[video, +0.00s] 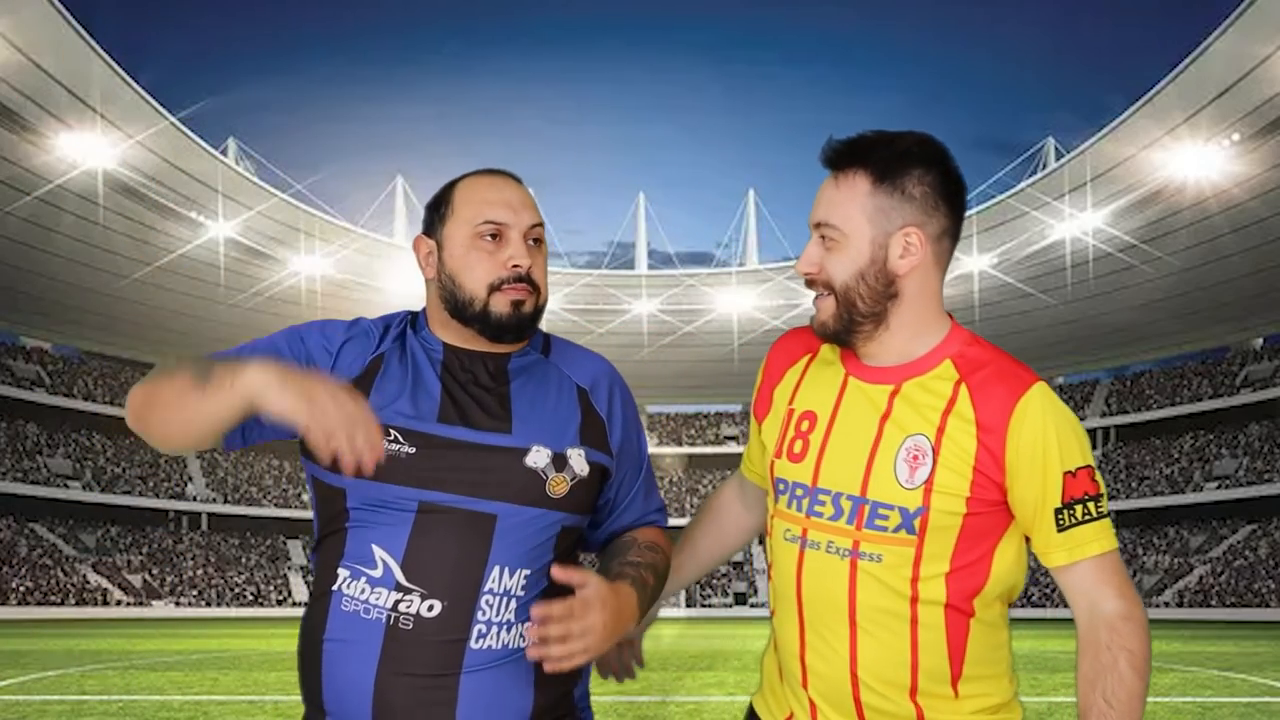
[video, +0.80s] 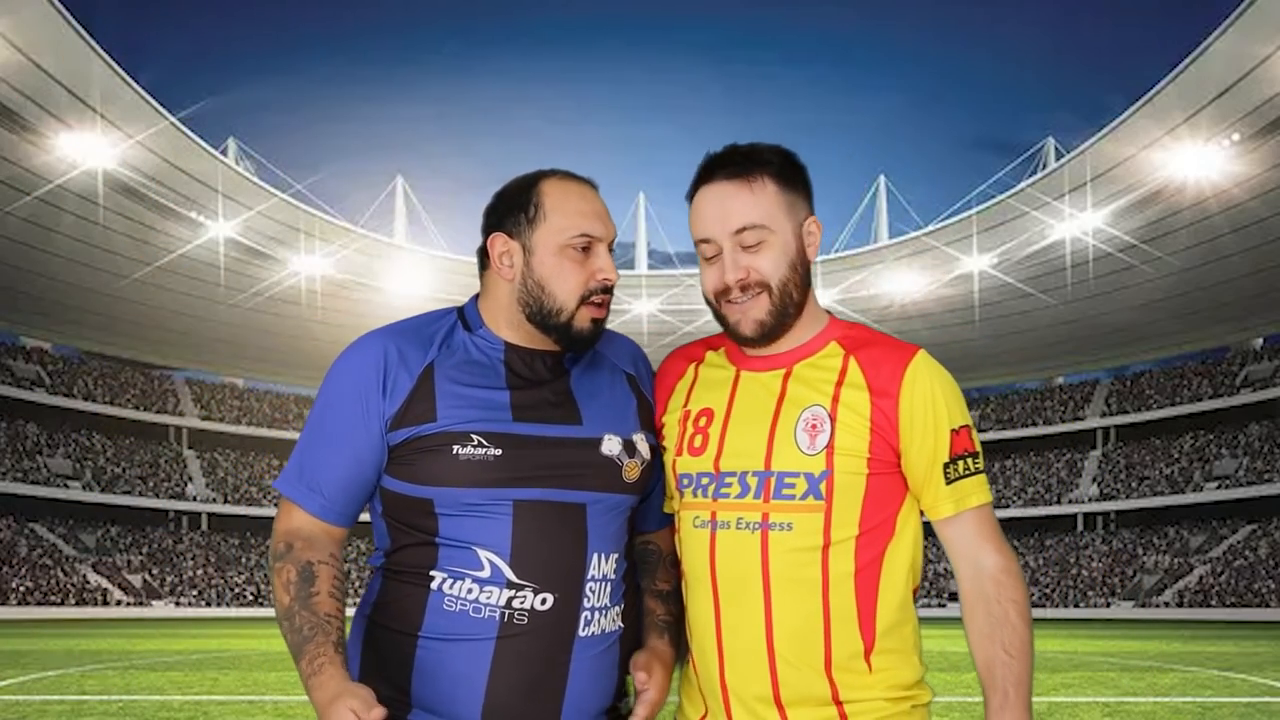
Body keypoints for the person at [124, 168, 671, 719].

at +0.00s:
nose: (522, 259)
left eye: (534, 240)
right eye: (492, 237)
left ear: (548, 256)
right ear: (429, 256)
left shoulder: (594, 389)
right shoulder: (345, 355)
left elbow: (642, 532)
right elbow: (145, 413)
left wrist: (626, 600)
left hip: (536, 711)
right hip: (355, 708)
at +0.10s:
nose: (530, 257)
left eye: (539, 238)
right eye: (500, 234)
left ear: (551, 253)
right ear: (433, 252)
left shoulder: (593, 384)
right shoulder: (338, 360)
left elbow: (641, 523)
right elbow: (171, 440)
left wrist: (631, 607)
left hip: (531, 703)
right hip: (363, 702)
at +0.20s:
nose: (542, 261)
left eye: (546, 241)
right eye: (512, 238)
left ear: (553, 254)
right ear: (439, 253)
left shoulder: (595, 383)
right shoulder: (340, 365)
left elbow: (645, 519)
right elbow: (205, 474)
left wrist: (640, 610)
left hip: (545, 709)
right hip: (369, 708)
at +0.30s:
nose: (554, 265)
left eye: (555, 244)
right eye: (524, 241)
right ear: (450, 253)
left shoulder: (600, 381)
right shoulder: (344, 369)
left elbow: (649, 517)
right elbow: (242, 504)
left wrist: (652, 616)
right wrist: (254, 645)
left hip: (548, 709)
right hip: (374, 707)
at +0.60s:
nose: (597, 268)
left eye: (599, 250)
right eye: (569, 246)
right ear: (495, 257)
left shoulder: (632, 378)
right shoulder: (385, 371)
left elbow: (670, 529)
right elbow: (303, 533)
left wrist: (668, 642)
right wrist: (324, 690)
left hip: (585, 704)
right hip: (415, 704)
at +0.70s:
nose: (609, 274)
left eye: (611, 254)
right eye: (582, 250)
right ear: (506, 258)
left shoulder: (633, 373)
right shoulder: (389, 369)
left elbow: (663, 533)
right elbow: (311, 539)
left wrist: (666, 655)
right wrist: (335, 688)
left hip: (588, 709)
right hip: (415, 709)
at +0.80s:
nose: (611, 272)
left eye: (610, 251)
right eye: (583, 248)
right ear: (505, 257)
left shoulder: (624, 371)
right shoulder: (388, 366)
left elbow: (651, 526)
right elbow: (304, 537)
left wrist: (659, 642)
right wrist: (328, 684)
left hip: (582, 709)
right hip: (412, 708)